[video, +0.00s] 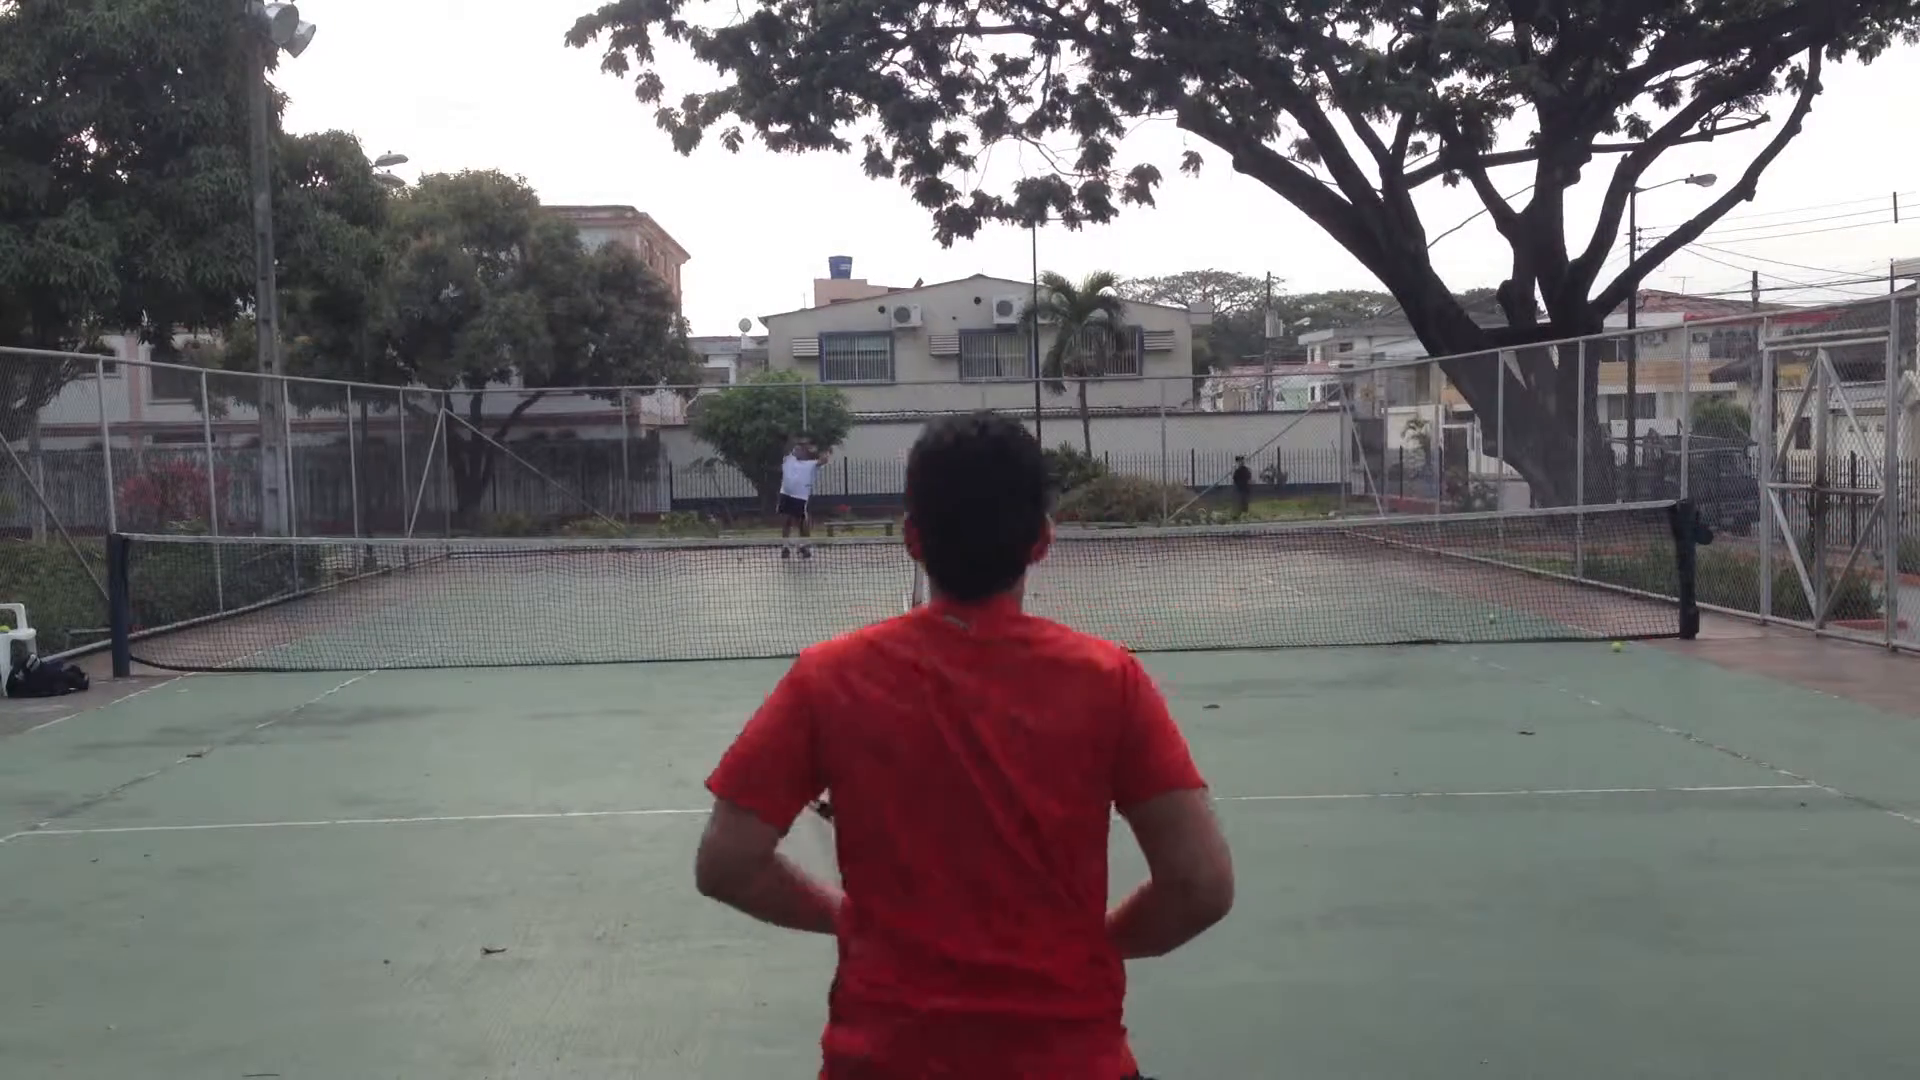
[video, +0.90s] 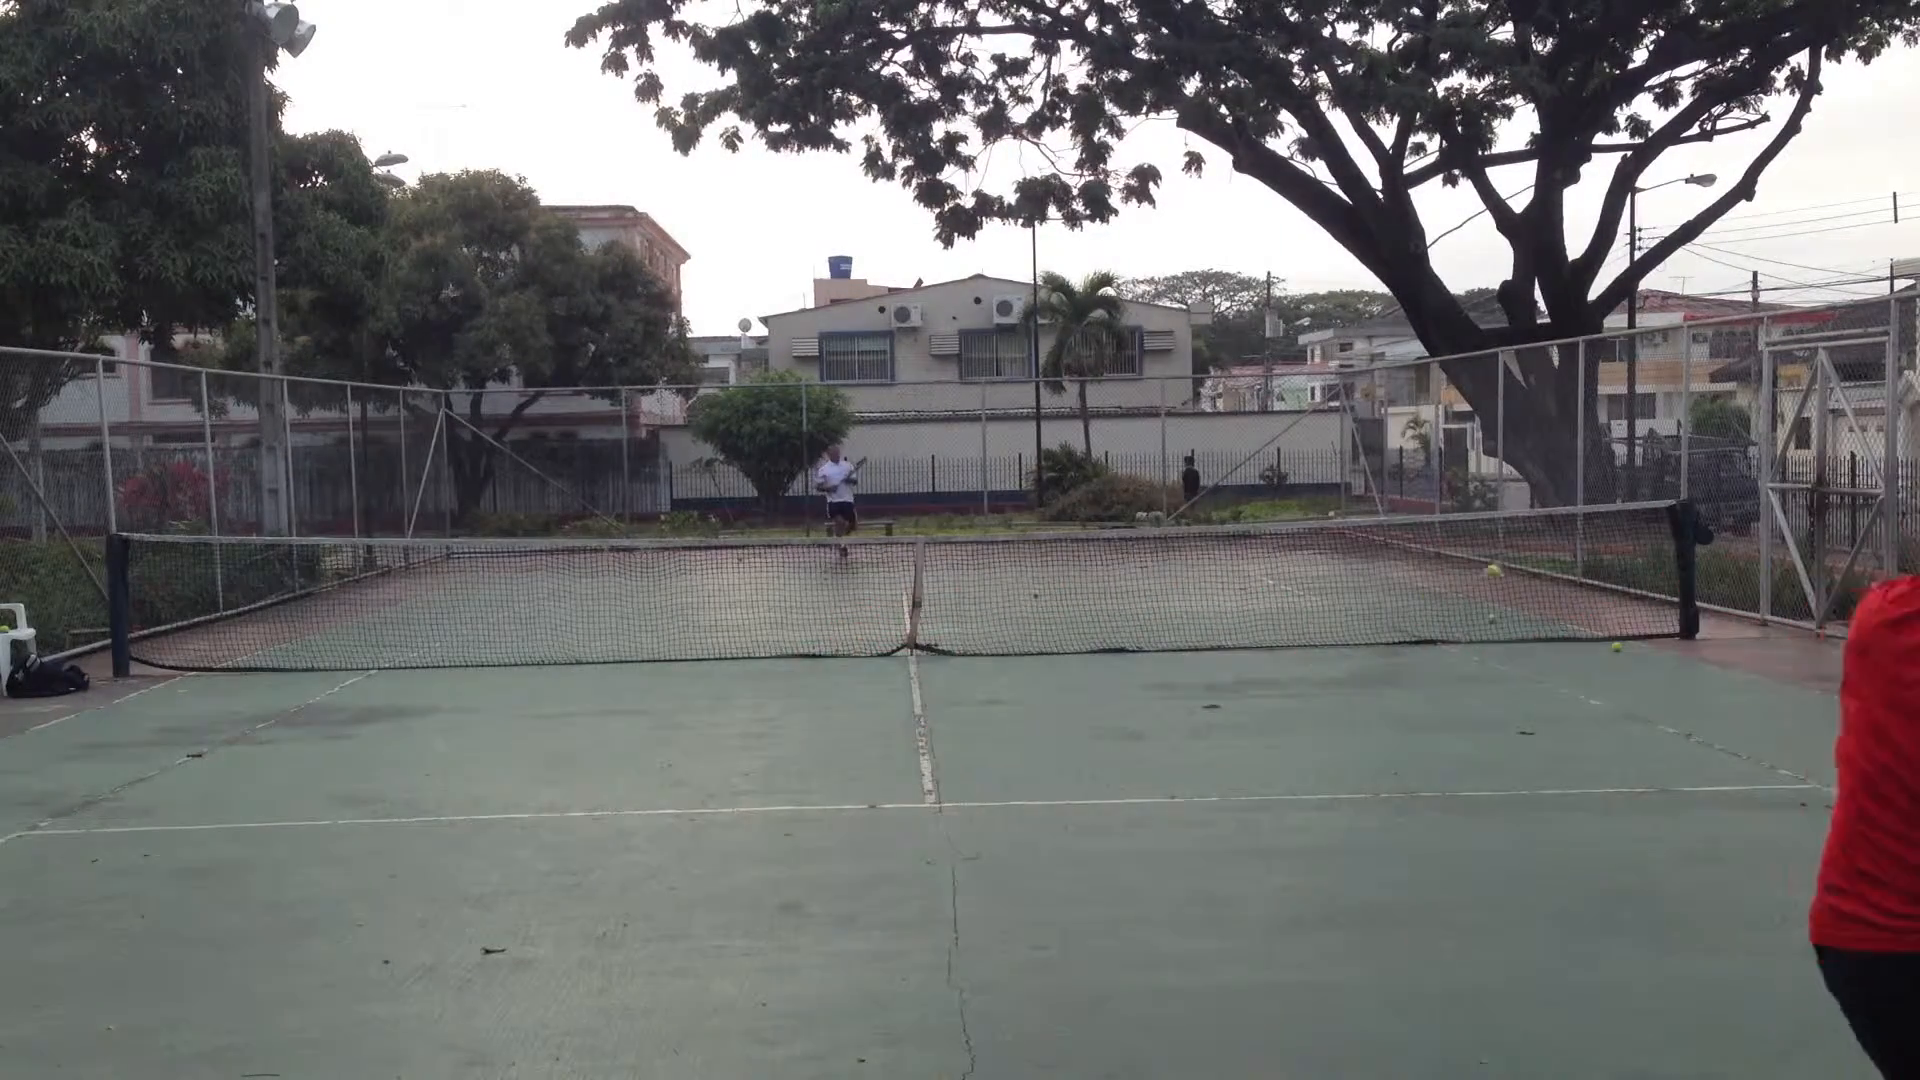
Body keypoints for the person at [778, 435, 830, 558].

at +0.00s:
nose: (798, 451)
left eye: (801, 449)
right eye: (797, 448)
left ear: (806, 452)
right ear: (794, 449)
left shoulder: (811, 463)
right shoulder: (788, 460)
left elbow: (823, 461)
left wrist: (824, 455)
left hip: (802, 497)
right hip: (786, 494)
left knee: (803, 523)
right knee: (786, 520)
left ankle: (804, 546)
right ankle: (785, 545)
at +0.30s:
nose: (800, 449)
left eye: (803, 447)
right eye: (799, 447)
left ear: (809, 451)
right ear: (798, 451)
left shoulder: (814, 466)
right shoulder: (794, 461)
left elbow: (827, 475)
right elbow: (801, 464)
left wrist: (825, 464)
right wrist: (812, 458)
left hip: (811, 499)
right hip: (796, 498)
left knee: (817, 522)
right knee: (792, 522)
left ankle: (818, 546)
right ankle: (787, 546)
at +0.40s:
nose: (811, 455)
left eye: (812, 452)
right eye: (808, 452)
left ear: (817, 453)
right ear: (805, 453)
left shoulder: (819, 466)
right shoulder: (801, 465)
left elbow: (828, 481)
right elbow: (802, 474)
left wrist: (829, 471)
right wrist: (818, 468)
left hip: (817, 499)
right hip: (802, 499)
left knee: (822, 523)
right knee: (796, 524)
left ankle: (819, 546)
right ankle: (788, 547)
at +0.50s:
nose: (817, 455)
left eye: (819, 453)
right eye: (815, 453)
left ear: (821, 454)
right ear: (810, 455)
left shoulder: (825, 468)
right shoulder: (806, 469)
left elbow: (831, 483)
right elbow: (805, 482)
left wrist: (831, 476)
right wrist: (823, 479)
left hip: (823, 500)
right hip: (809, 501)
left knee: (827, 525)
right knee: (802, 525)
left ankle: (820, 546)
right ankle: (791, 547)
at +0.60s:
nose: (825, 455)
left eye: (827, 452)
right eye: (822, 452)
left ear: (829, 454)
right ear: (817, 454)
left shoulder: (833, 468)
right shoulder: (813, 469)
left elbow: (838, 485)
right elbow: (805, 484)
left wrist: (837, 481)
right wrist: (815, 487)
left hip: (829, 501)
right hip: (815, 501)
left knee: (829, 525)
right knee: (813, 523)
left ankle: (821, 546)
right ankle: (807, 545)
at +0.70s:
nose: (827, 454)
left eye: (829, 452)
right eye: (825, 452)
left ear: (831, 452)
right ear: (821, 453)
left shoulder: (838, 464)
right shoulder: (815, 466)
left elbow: (845, 479)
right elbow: (809, 483)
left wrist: (839, 480)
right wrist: (821, 485)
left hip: (835, 498)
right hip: (821, 498)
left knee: (831, 523)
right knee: (824, 521)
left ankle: (828, 545)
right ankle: (823, 543)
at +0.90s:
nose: (836, 456)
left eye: (837, 453)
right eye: (833, 454)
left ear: (839, 453)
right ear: (828, 455)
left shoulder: (848, 466)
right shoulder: (824, 469)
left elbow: (855, 480)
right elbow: (818, 486)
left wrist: (848, 480)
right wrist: (829, 488)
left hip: (847, 499)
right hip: (833, 500)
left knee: (852, 524)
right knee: (839, 522)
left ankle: (836, 532)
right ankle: (841, 545)